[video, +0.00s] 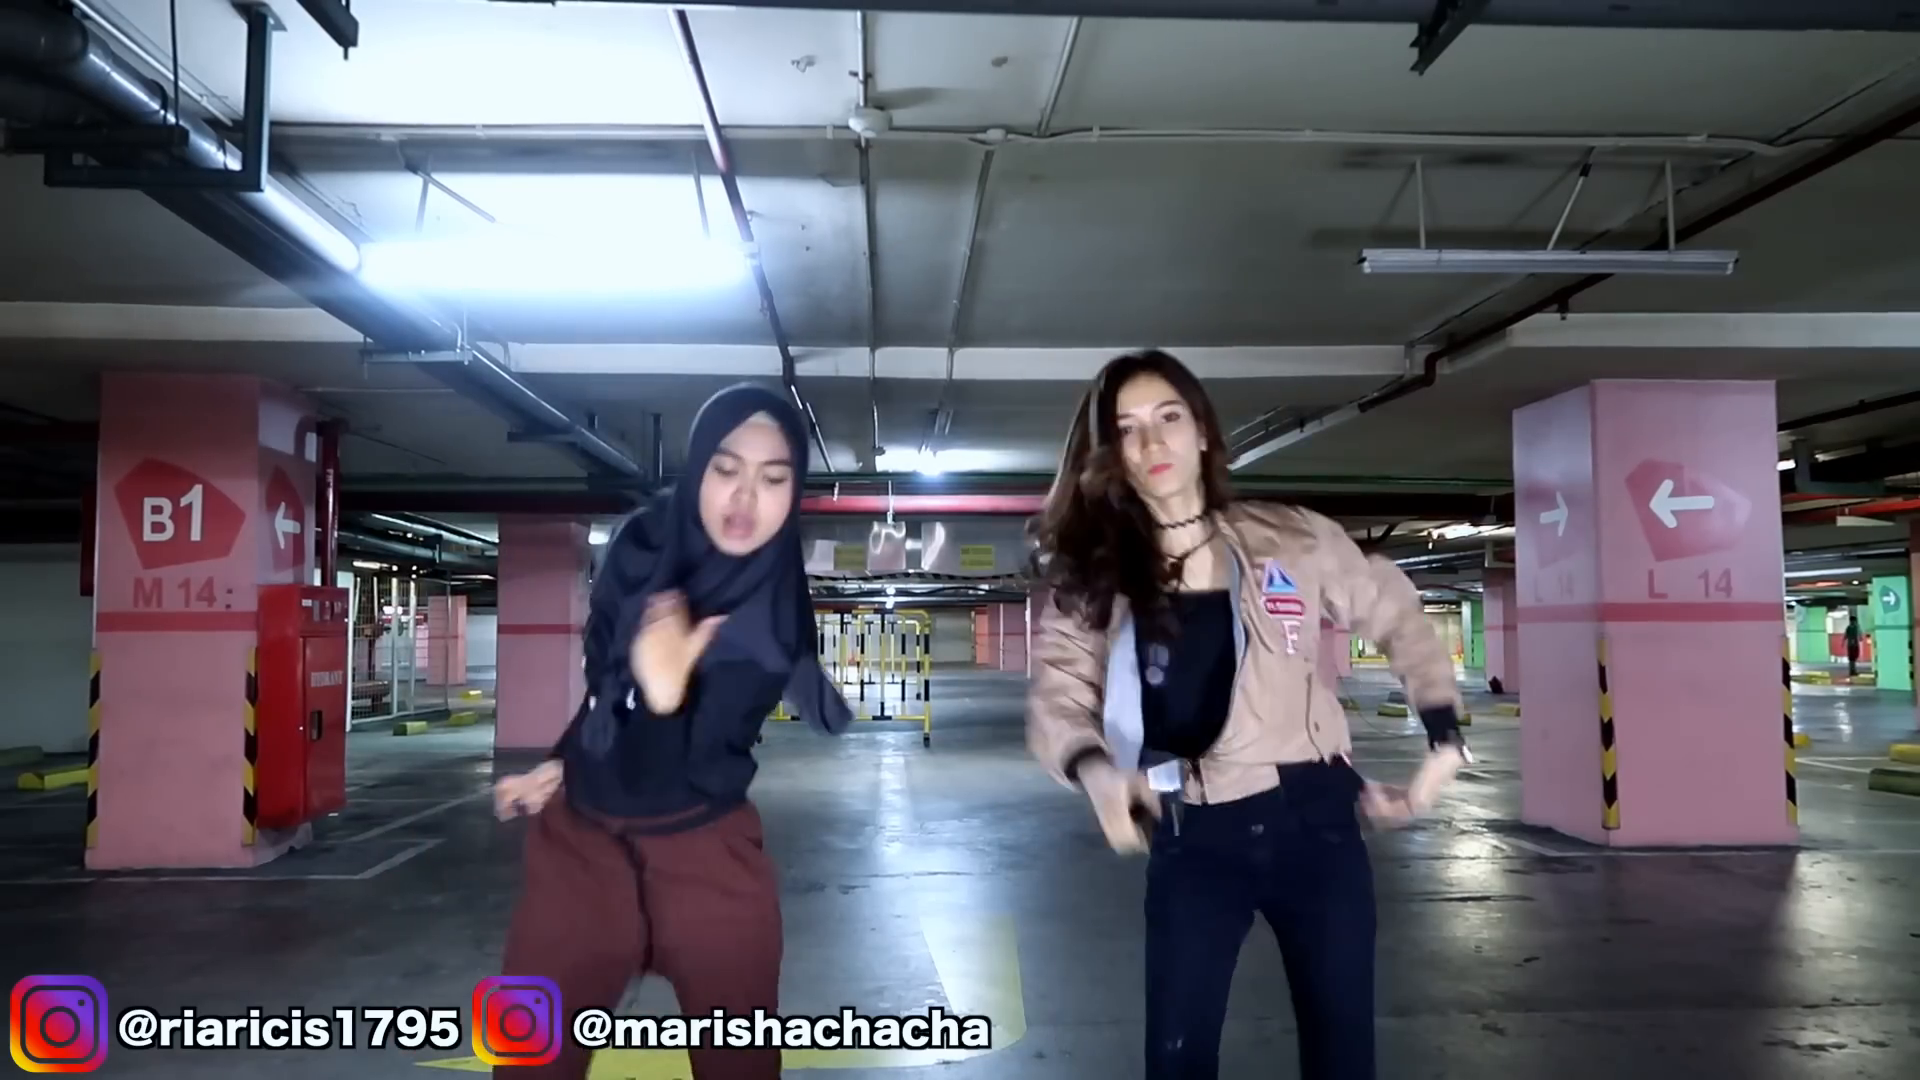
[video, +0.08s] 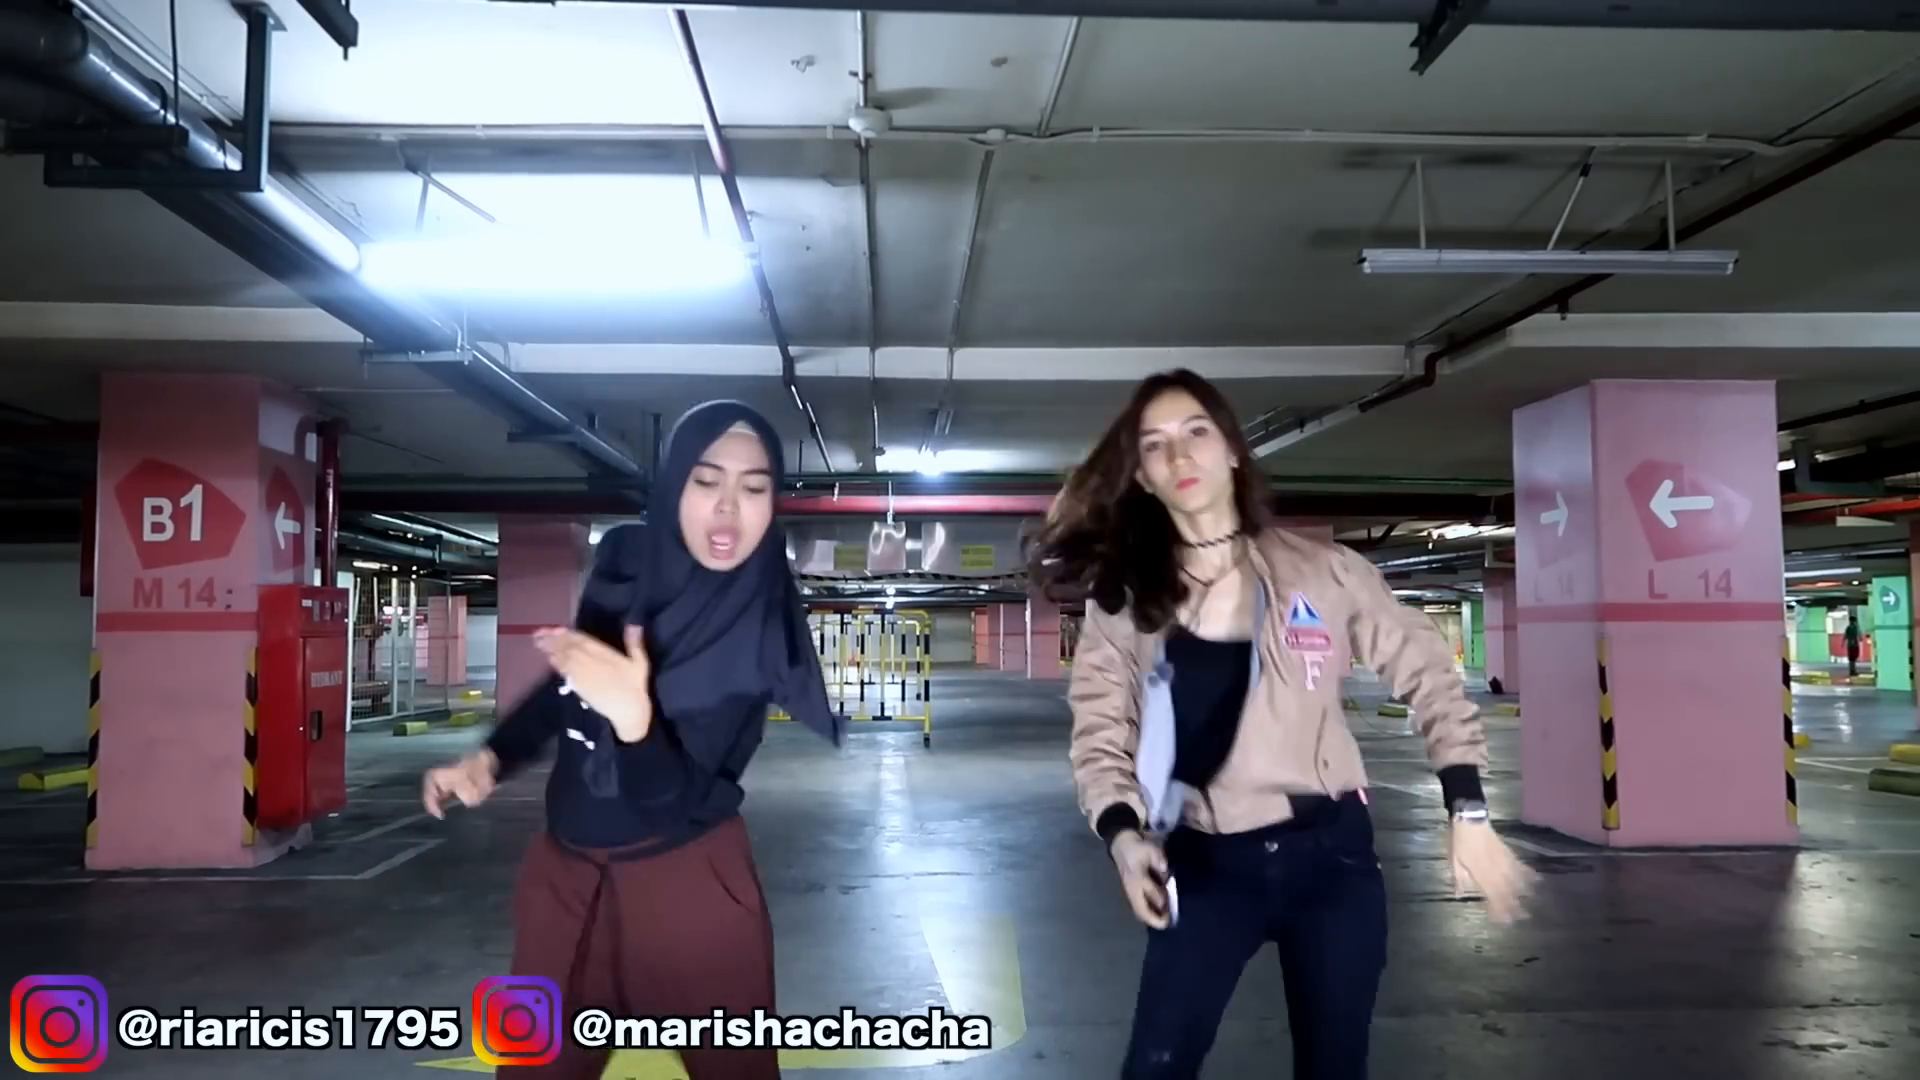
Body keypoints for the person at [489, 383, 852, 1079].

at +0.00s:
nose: (745, 498)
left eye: (772, 477)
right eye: (727, 469)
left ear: (796, 494)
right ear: (694, 473)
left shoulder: (775, 606)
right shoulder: (640, 550)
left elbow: (688, 769)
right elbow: (611, 684)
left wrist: (662, 704)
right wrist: (561, 763)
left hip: (708, 847)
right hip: (582, 840)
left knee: (740, 1064)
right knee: (529, 1060)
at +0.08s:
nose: (729, 509)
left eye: (754, 487)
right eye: (707, 482)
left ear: (775, 502)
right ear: (671, 488)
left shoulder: (760, 618)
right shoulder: (626, 557)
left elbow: (682, 800)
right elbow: (572, 676)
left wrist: (635, 722)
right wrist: (492, 758)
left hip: (690, 877)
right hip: (567, 872)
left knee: (735, 1068)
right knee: (537, 1067)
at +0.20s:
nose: (686, 484)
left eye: (710, 462)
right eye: (664, 456)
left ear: (731, 476)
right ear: (626, 460)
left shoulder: (729, 590)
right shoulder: (564, 518)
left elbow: (757, 756)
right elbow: (475, 522)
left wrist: (615, 744)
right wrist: (436, 618)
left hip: (679, 831)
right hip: (550, 829)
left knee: (739, 1057)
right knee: (512, 1057)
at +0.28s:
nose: (651, 495)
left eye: (675, 471)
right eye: (626, 469)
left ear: (697, 481)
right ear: (588, 473)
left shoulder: (710, 592)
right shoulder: (520, 539)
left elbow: (800, 731)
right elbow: (389, 554)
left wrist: (682, 805)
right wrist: (392, 597)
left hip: (669, 864)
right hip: (534, 864)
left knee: (725, 1066)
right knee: (503, 1063)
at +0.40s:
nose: (614, 526)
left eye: (636, 500)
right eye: (590, 498)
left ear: (659, 509)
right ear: (552, 505)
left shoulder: (691, 606)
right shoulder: (503, 602)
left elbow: (826, 683)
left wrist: (745, 781)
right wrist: (439, 601)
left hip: (671, 895)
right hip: (532, 900)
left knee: (755, 1069)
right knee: (488, 1069)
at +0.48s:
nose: (605, 493)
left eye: (628, 468)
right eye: (582, 466)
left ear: (652, 479)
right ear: (545, 476)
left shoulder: (696, 552)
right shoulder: (516, 575)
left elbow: (823, 612)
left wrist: (754, 710)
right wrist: (509, 614)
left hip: (693, 853)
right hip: (558, 865)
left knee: (775, 1057)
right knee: (530, 1066)